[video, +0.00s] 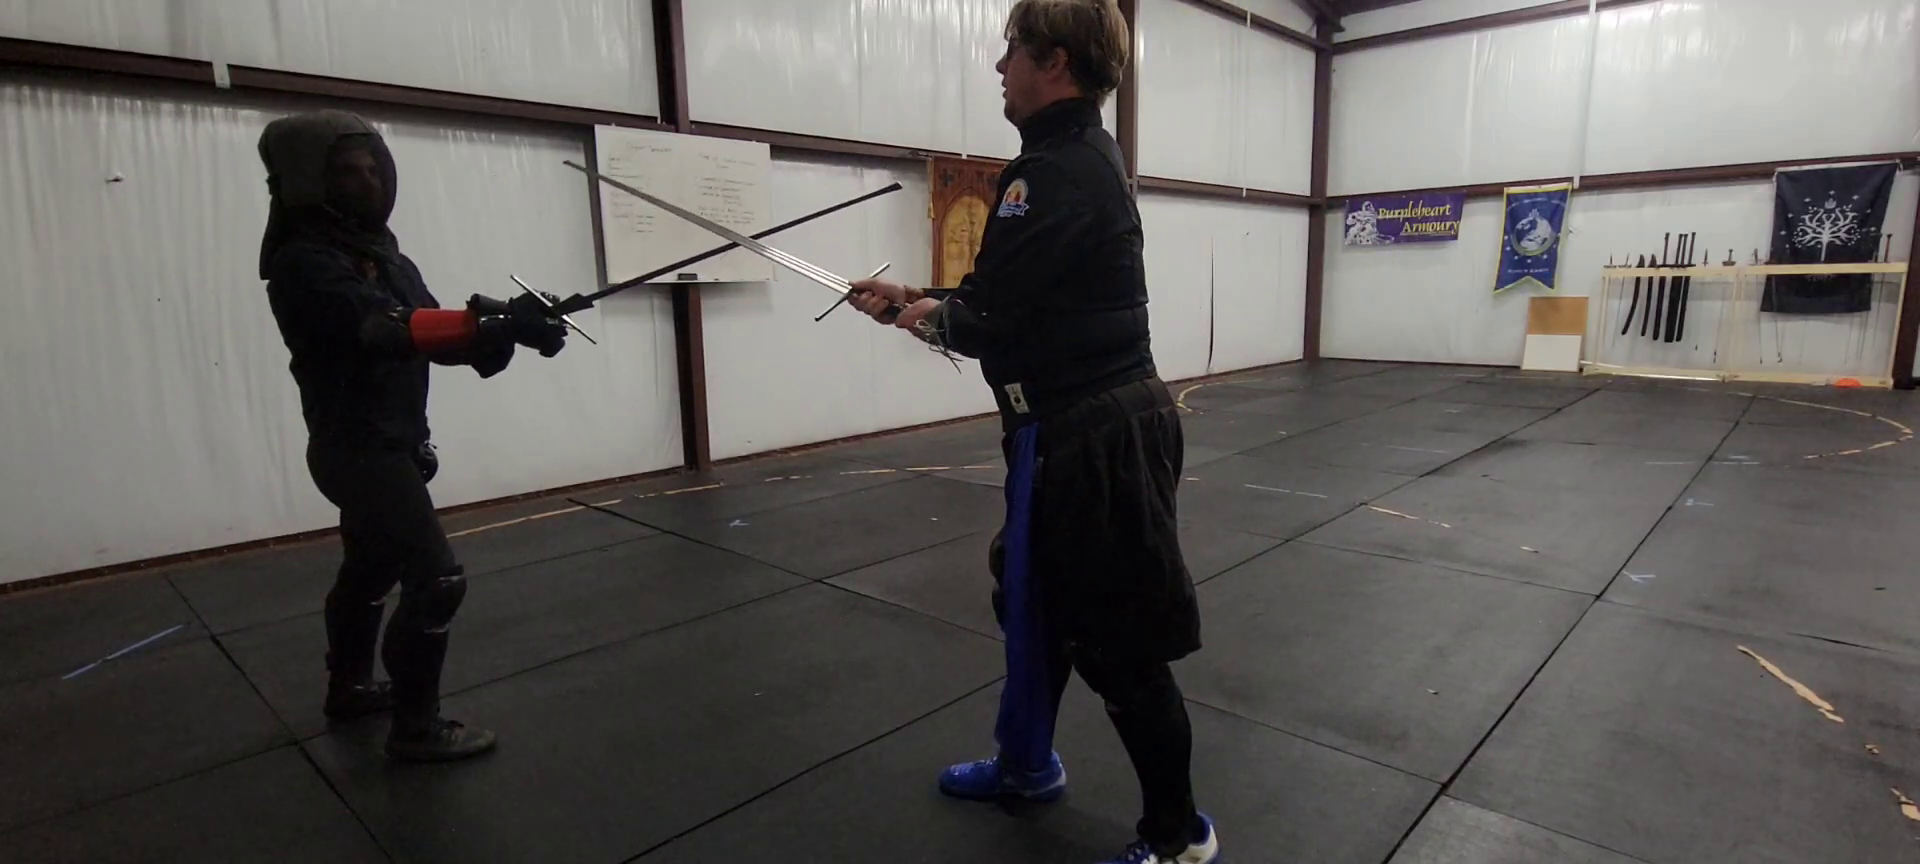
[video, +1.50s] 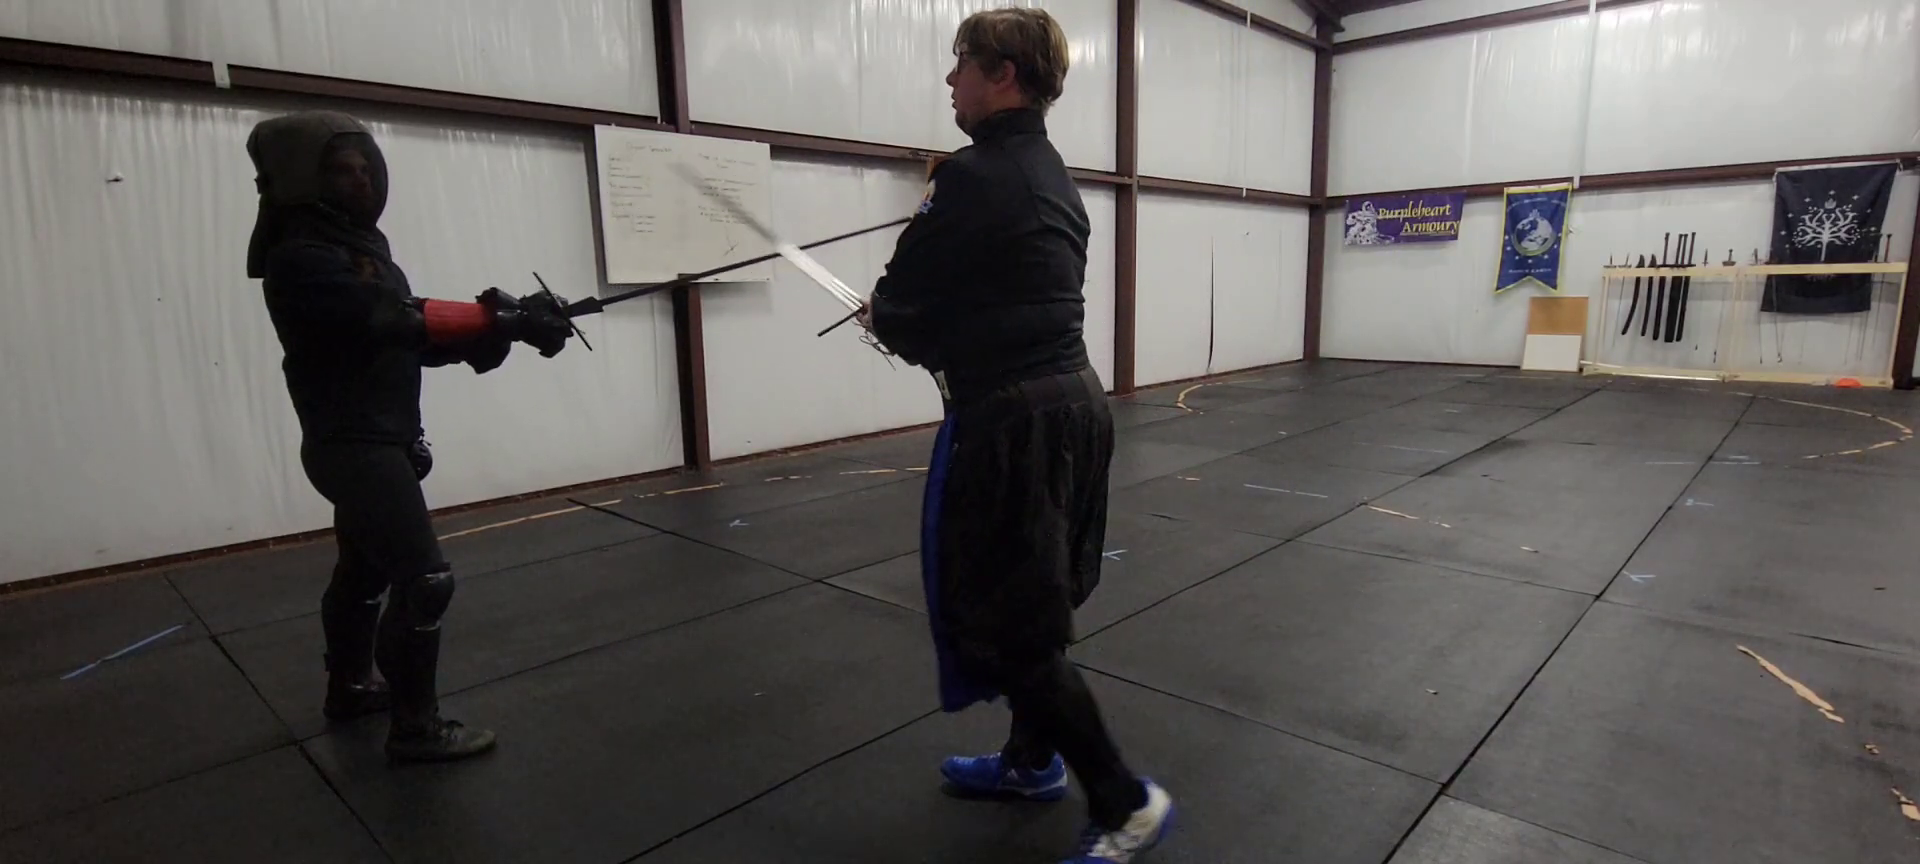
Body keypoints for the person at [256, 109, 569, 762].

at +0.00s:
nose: (368, 182)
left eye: (376, 169)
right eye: (350, 171)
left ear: (389, 177)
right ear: (315, 183)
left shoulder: (383, 255)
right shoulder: (304, 259)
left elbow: (422, 334)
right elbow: (376, 329)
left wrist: (490, 339)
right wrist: (489, 322)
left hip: (394, 446)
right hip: (358, 452)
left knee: (368, 574)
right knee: (435, 582)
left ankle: (350, 690)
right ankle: (415, 728)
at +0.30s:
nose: (366, 180)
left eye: (374, 167)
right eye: (348, 169)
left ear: (386, 176)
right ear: (311, 181)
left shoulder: (374, 250)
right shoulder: (301, 259)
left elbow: (416, 329)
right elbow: (372, 330)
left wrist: (485, 339)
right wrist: (484, 322)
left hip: (390, 446)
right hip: (356, 452)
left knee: (364, 574)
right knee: (430, 585)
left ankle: (349, 690)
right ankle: (416, 729)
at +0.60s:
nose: (363, 182)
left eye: (371, 168)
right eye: (345, 170)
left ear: (382, 175)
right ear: (308, 181)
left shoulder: (372, 251)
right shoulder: (296, 259)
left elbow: (413, 327)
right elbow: (365, 327)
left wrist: (480, 340)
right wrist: (477, 323)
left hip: (387, 444)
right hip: (352, 450)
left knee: (363, 574)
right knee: (423, 583)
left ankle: (349, 690)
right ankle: (416, 728)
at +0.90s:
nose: (359, 183)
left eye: (366, 170)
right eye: (342, 172)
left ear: (379, 178)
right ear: (308, 182)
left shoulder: (367, 248)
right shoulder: (293, 258)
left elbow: (409, 321)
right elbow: (362, 328)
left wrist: (472, 342)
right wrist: (479, 323)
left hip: (388, 444)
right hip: (352, 450)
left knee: (362, 573)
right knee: (423, 584)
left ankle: (349, 691)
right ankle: (415, 727)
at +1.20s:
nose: (358, 184)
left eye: (365, 170)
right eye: (340, 172)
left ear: (378, 178)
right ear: (307, 182)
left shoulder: (371, 252)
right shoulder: (293, 257)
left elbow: (409, 331)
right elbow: (358, 328)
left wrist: (472, 343)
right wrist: (474, 321)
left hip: (389, 444)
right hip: (351, 450)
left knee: (362, 574)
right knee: (422, 583)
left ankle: (349, 690)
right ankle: (415, 728)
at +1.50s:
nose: (359, 183)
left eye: (368, 170)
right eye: (342, 171)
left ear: (381, 177)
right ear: (311, 181)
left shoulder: (362, 249)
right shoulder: (302, 256)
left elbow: (406, 335)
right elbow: (386, 319)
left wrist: (488, 333)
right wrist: (502, 318)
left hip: (383, 442)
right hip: (354, 448)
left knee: (362, 574)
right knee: (423, 582)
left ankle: (350, 690)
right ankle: (415, 728)